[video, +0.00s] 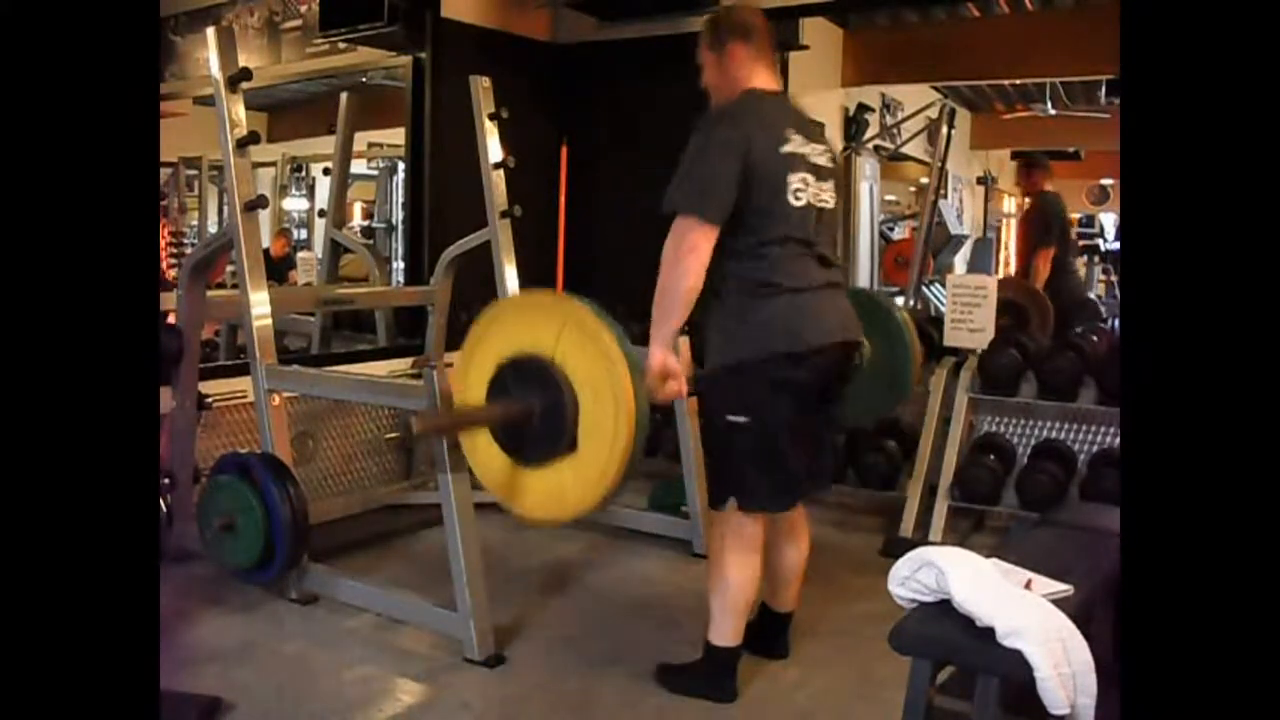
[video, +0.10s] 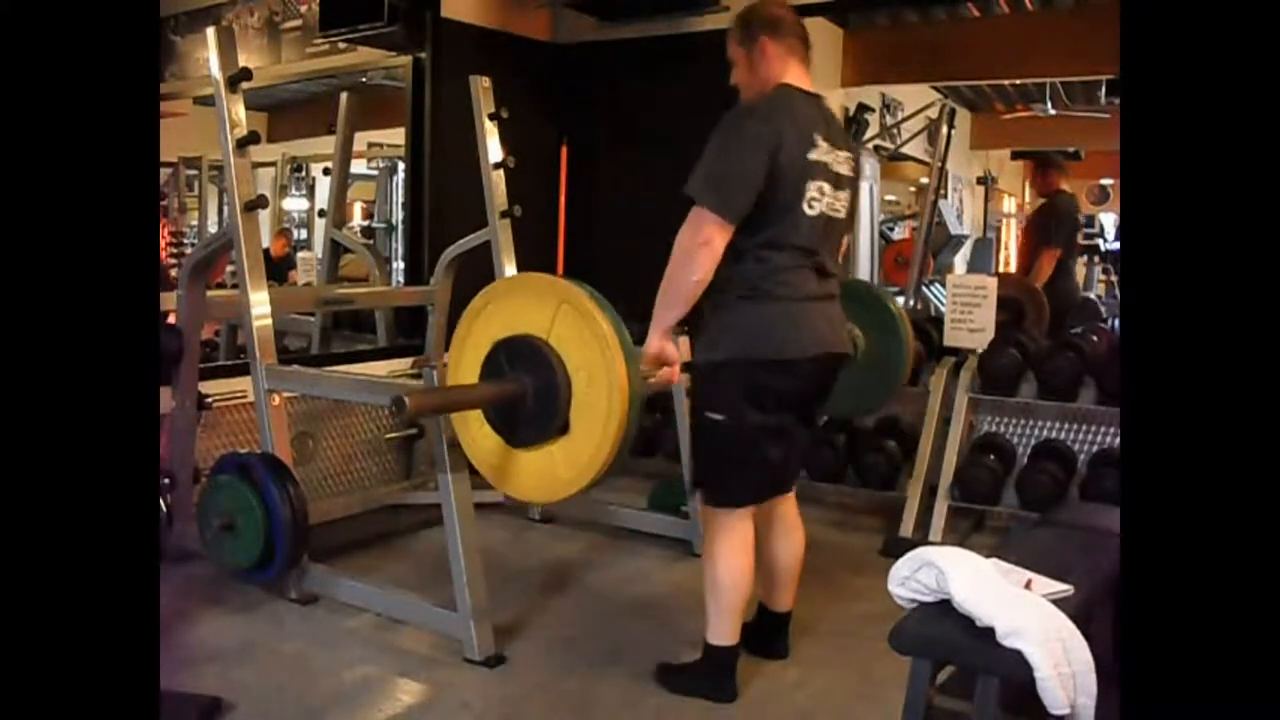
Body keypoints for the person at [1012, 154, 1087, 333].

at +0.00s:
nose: (1018, 182)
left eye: (1022, 175)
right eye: (1019, 175)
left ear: (1035, 175)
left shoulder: (1047, 203)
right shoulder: (1035, 206)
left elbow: (1044, 259)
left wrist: (1029, 302)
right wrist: (1020, 297)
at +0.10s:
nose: (1031, 182)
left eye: (1034, 176)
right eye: (1032, 176)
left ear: (1048, 175)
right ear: (1055, 175)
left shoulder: (1057, 206)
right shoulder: (1066, 202)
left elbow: (1050, 254)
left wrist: (1026, 293)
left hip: (1051, 295)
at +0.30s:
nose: (1041, 185)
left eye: (1044, 178)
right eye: (1041, 179)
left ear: (1060, 178)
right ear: (1064, 179)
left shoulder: (1062, 212)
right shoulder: (1076, 207)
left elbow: (1051, 257)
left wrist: (1024, 296)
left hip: (1048, 293)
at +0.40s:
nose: (1036, 185)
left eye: (1039, 178)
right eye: (1036, 179)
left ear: (1055, 178)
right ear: (1059, 178)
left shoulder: (1058, 211)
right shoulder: (1074, 206)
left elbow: (1049, 257)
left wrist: (1024, 296)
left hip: (1047, 295)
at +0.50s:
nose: (1031, 184)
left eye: (1034, 178)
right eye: (1031, 178)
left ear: (1049, 177)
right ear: (1055, 177)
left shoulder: (1055, 210)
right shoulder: (1070, 205)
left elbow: (1048, 258)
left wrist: (1025, 297)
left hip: (1048, 294)